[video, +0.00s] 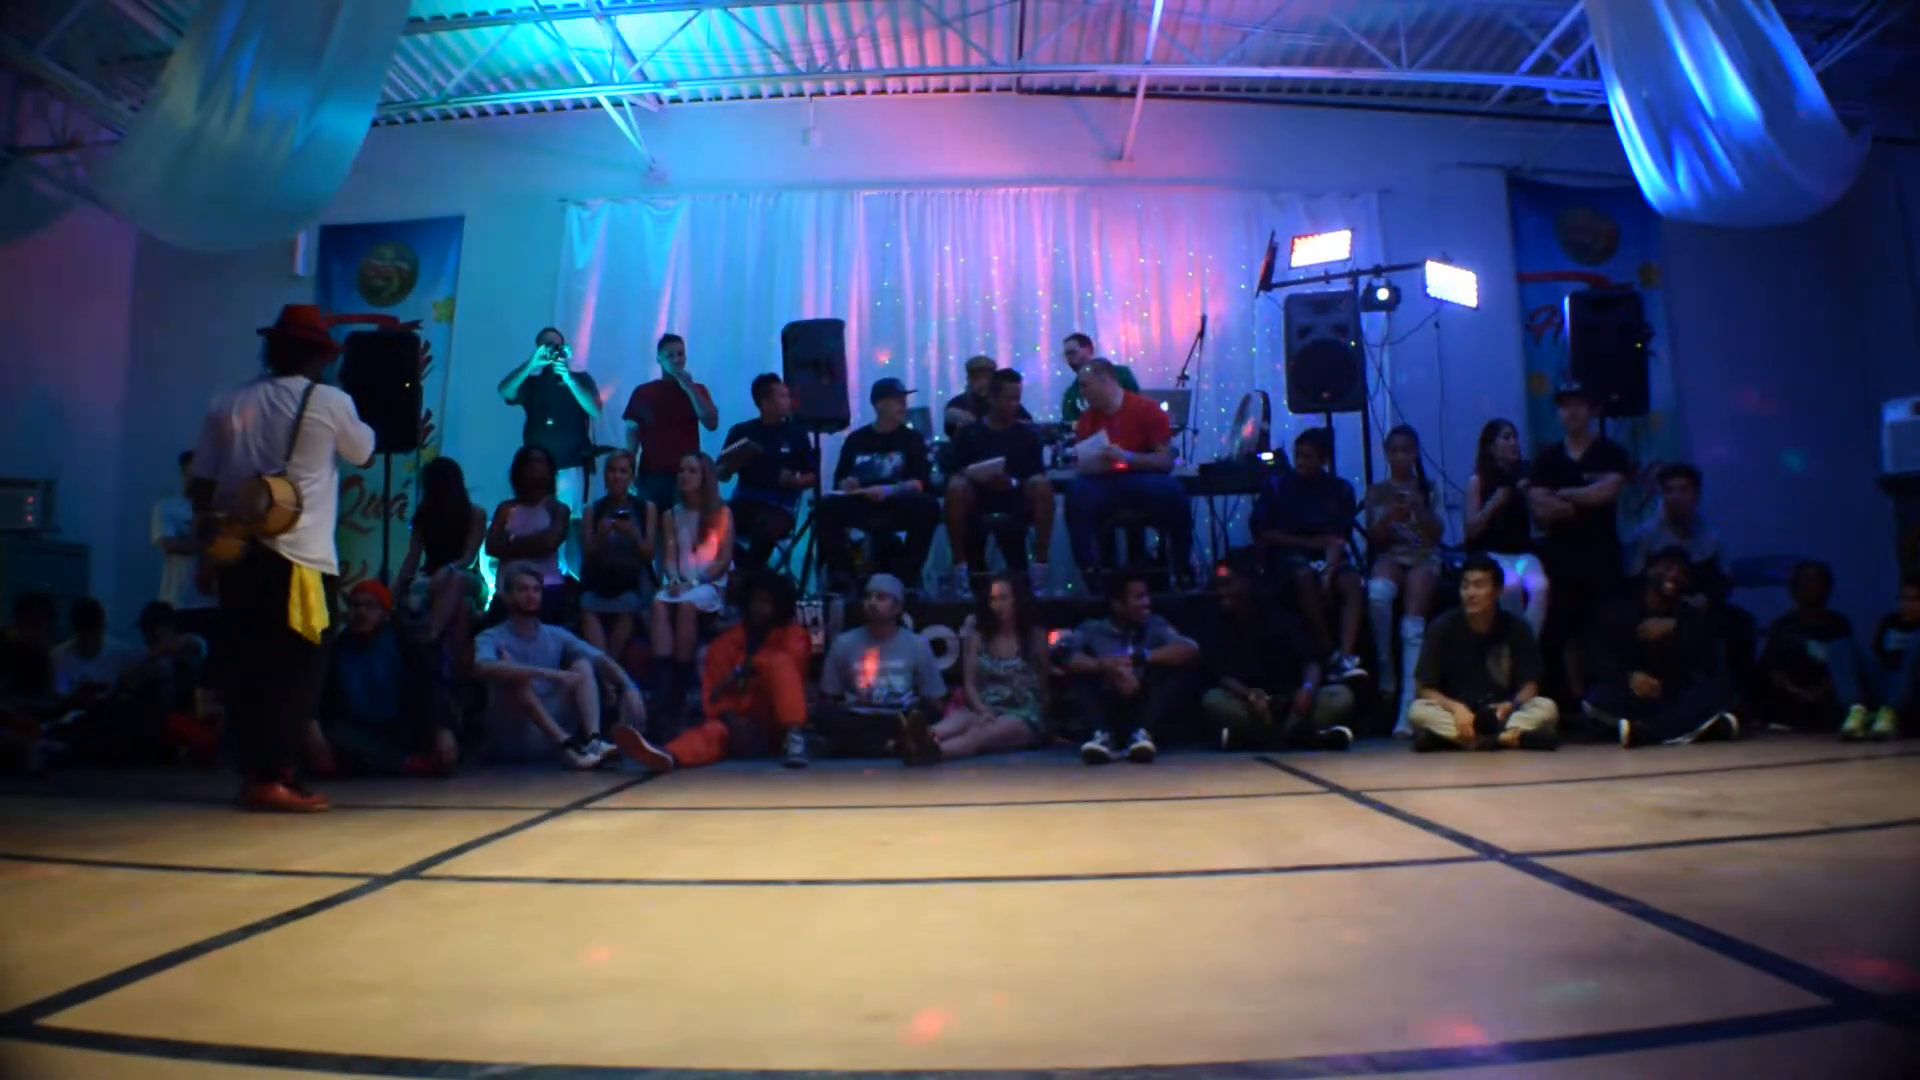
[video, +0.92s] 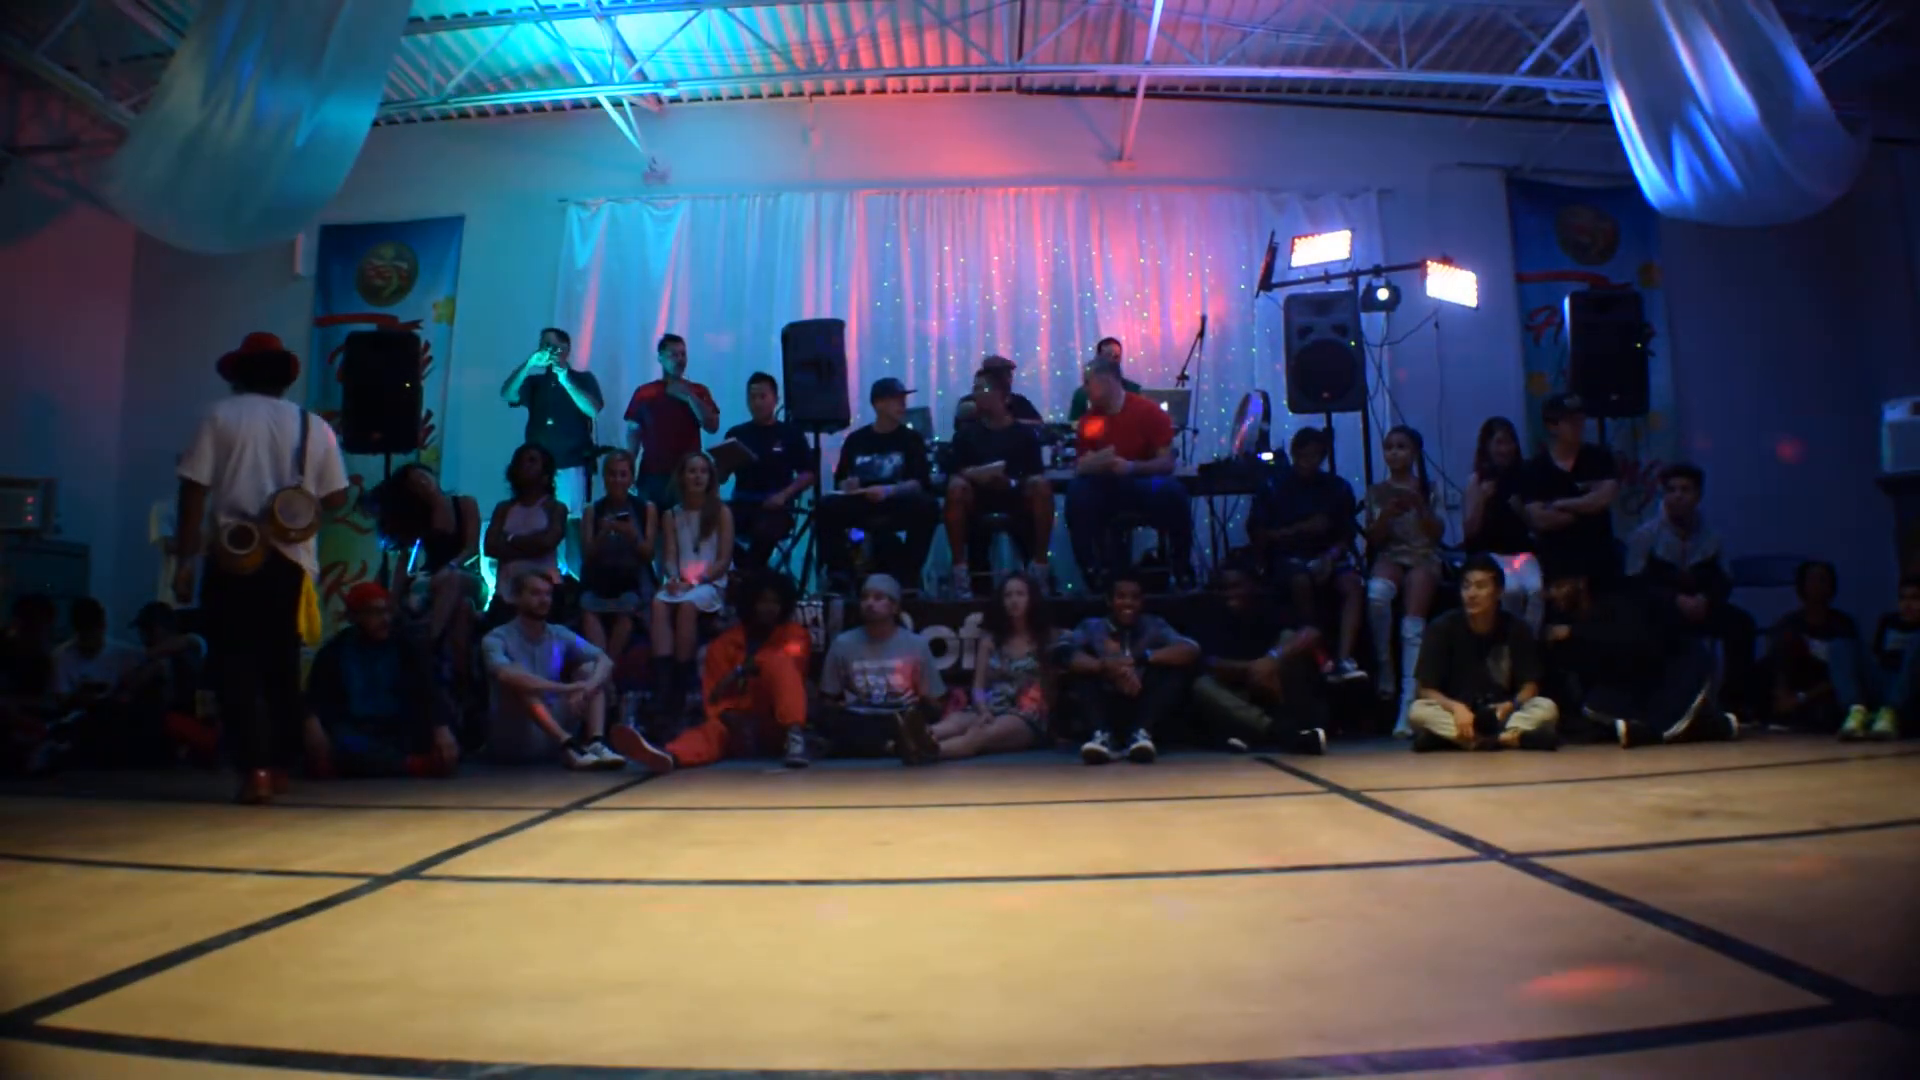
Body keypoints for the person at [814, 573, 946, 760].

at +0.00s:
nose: (872, 603)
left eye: (880, 598)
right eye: (869, 597)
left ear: (897, 607)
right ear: (863, 602)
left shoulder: (916, 645)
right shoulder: (844, 643)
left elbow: (934, 700)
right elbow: (829, 697)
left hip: (901, 714)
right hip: (858, 715)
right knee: (822, 716)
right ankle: (888, 745)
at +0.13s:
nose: (872, 603)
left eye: (880, 598)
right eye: (869, 597)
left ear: (897, 607)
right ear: (863, 602)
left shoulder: (916, 645)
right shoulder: (844, 644)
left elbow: (934, 700)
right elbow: (828, 697)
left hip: (901, 715)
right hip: (857, 716)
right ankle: (889, 745)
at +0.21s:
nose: (872, 604)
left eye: (880, 598)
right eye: (868, 597)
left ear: (897, 606)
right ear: (863, 602)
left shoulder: (916, 645)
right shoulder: (844, 644)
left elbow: (935, 702)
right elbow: (828, 699)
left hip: (903, 717)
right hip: (857, 718)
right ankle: (887, 746)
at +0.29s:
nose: (872, 604)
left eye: (881, 598)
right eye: (868, 597)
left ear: (897, 606)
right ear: (863, 602)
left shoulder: (916, 645)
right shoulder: (844, 644)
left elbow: (935, 704)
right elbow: (828, 701)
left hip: (904, 722)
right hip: (857, 723)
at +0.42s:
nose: (872, 604)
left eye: (880, 597)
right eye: (868, 597)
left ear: (897, 606)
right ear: (862, 601)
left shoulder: (916, 645)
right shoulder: (843, 644)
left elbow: (935, 702)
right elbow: (828, 699)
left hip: (903, 718)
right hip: (856, 720)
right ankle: (885, 746)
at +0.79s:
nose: (871, 604)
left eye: (880, 598)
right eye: (867, 597)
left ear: (896, 606)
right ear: (862, 602)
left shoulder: (916, 645)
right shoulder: (843, 644)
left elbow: (933, 699)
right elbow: (829, 699)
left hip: (904, 717)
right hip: (858, 718)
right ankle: (887, 746)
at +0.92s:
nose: (869, 604)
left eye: (878, 598)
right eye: (865, 598)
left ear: (894, 606)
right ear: (860, 602)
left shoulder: (916, 645)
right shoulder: (843, 645)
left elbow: (933, 703)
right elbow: (828, 700)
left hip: (905, 719)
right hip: (858, 721)